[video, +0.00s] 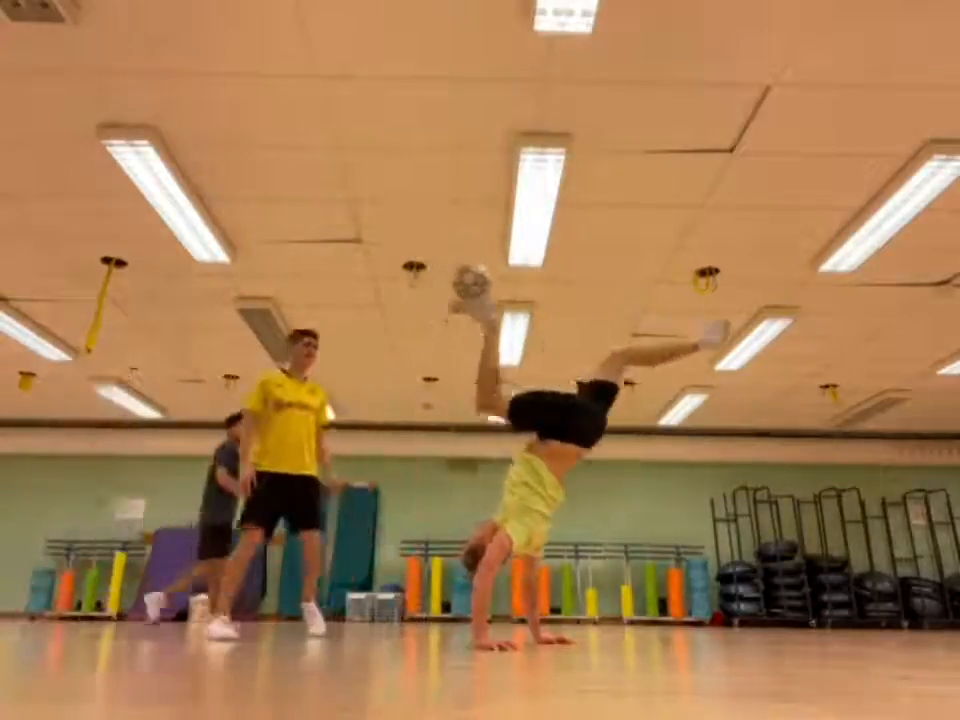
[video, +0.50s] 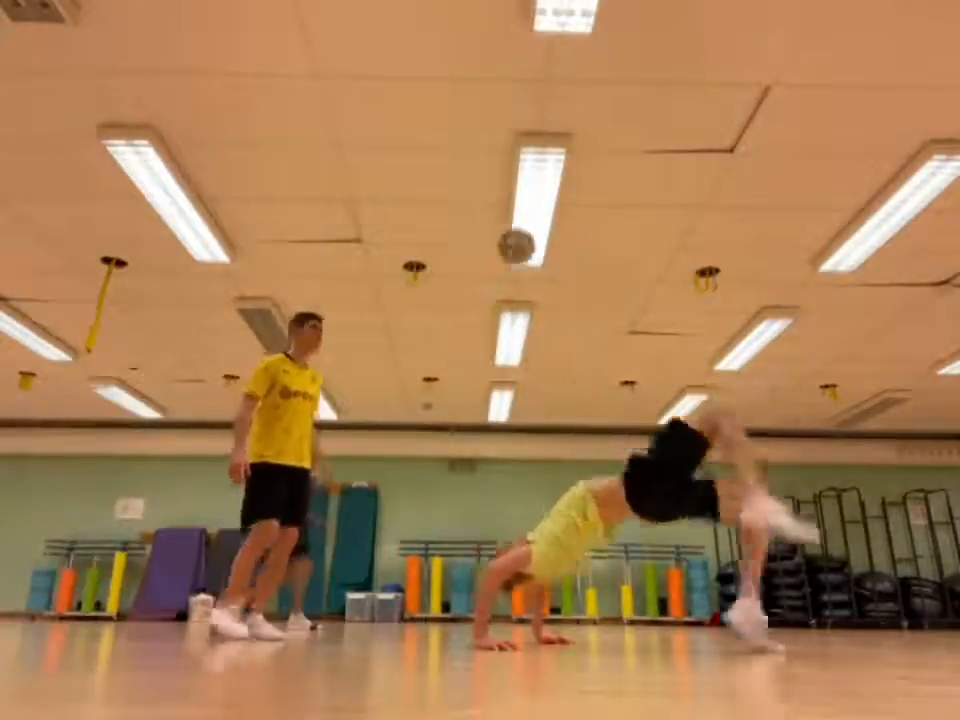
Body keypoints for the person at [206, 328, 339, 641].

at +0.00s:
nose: (310, 351)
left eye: (314, 347)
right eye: (305, 345)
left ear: (317, 355)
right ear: (291, 349)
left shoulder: (317, 393)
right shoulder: (270, 383)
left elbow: (321, 437)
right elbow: (248, 425)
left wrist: (328, 472)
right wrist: (245, 464)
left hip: (305, 474)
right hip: (270, 471)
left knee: (312, 539)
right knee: (252, 539)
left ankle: (310, 603)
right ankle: (222, 615)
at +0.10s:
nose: (305, 345)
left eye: (309, 340)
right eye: (300, 339)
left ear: (312, 348)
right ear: (286, 342)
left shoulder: (311, 387)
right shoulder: (261, 377)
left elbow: (312, 428)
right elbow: (239, 416)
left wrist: (312, 458)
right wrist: (237, 458)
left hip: (299, 469)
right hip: (263, 467)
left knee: (303, 538)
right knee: (246, 539)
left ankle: (286, 605)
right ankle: (220, 614)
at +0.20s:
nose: (305, 339)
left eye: (308, 335)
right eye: (299, 333)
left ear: (310, 344)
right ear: (283, 338)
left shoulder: (309, 383)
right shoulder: (261, 374)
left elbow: (308, 429)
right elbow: (238, 414)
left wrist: (310, 466)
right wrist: (233, 455)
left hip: (295, 468)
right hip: (258, 465)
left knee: (296, 535)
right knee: (242, 537)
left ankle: (267, 613)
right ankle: (220, 615)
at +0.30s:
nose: (306, 336)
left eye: (309, 332)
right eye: (300, 330)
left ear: (310, 341)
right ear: (284, 336)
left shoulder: (310, 379)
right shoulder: (265, 370)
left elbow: (307, 425)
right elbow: (240, 411)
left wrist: (309, 462)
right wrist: (233, 454)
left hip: (294, 466)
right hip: (259, 463)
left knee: (288, 537)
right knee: (242, 537)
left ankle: (259, 615)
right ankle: (219, 616)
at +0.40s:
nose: (312, 336)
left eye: (314, 331)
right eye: (306, 330)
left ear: (313, 340)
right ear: (288, 334)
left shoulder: (311, 378)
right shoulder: (269, 369)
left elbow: (309, 425)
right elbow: (244, 410)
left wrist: (311, 465)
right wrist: (234, 452)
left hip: (295, 466)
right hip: (262, 463)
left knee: (285, 539)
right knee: (249, 537)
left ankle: (256, 616)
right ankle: (220, 614)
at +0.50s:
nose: (319, 336)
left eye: (320, 331)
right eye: (313, 329)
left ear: (317, 339)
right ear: (295, 332)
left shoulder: (313, 378)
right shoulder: (272, 367)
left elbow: (309, 423)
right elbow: (246, 408)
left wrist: (314, 458)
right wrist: (238, 453)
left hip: (298, 463)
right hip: (267, 460)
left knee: (287, 537)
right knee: (264, 532)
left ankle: (256, 613)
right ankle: (228, 608)